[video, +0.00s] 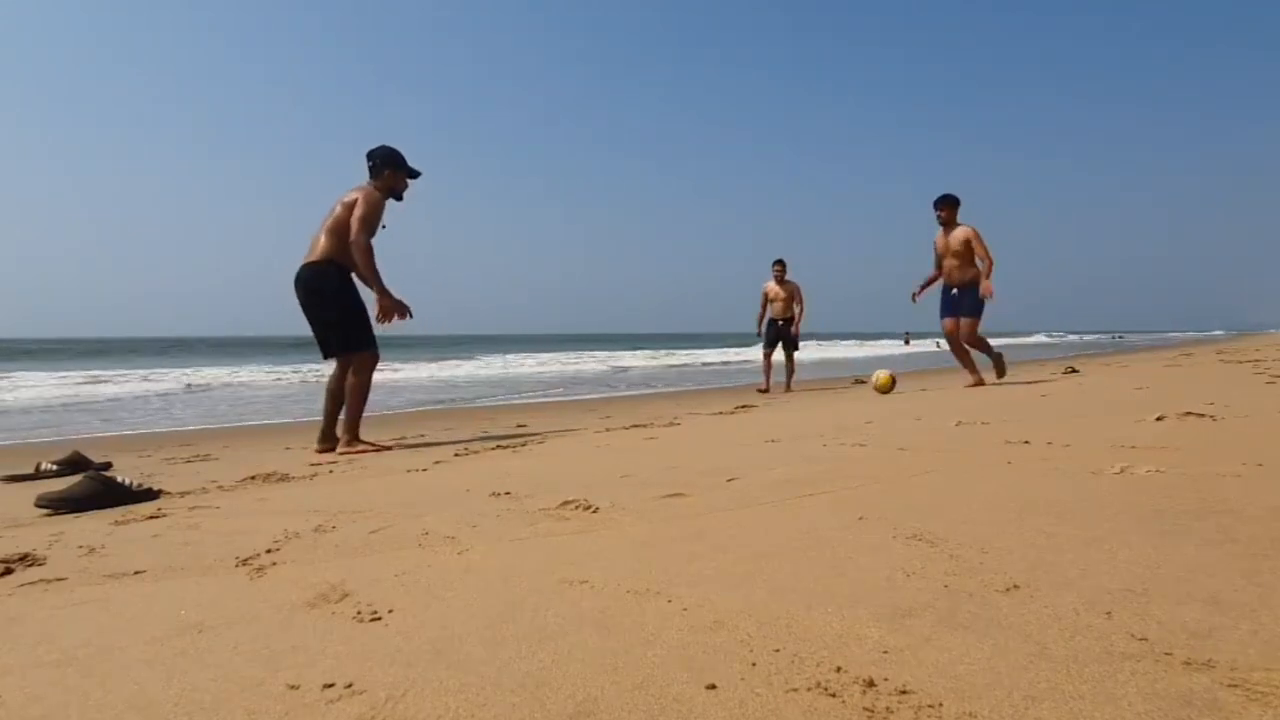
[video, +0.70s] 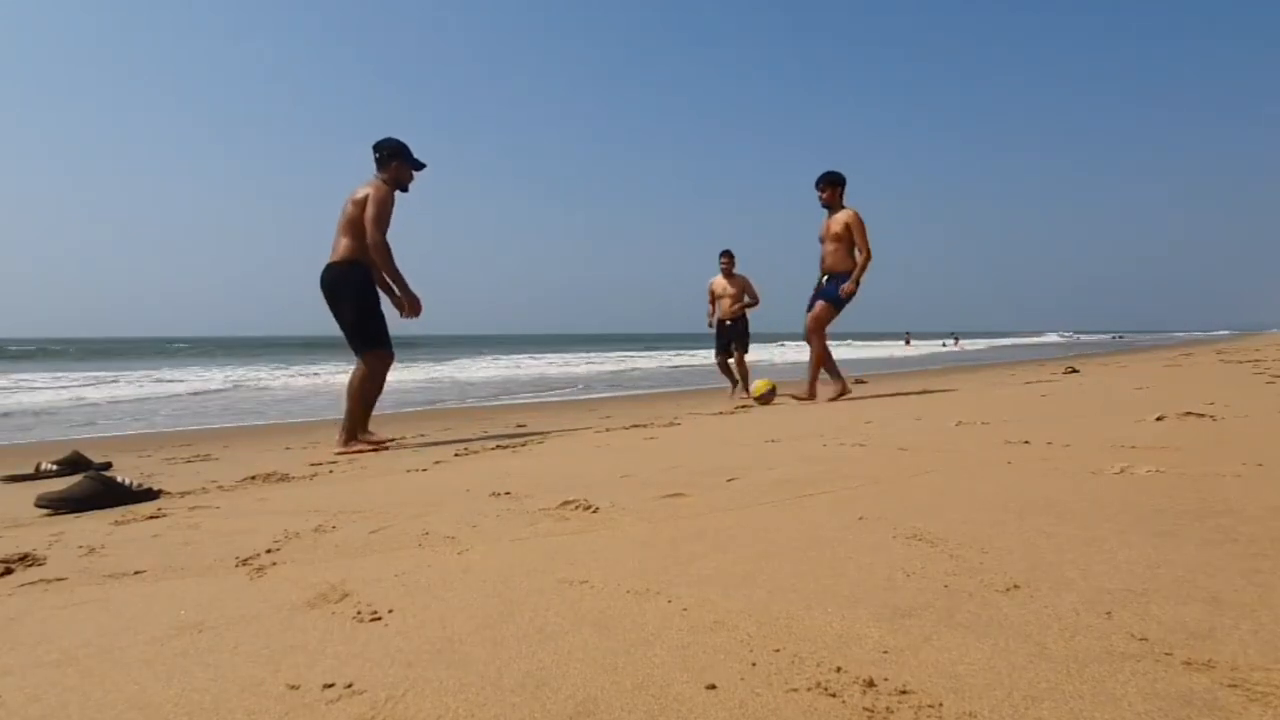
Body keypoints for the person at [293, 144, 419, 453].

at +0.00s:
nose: (406, 184)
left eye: (407, 178)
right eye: (403, 177)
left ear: (381, 174)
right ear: (386, 174)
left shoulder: (356, 197)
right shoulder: (371, 197)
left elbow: (352, 258)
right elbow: (357, 242)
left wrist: (384, 296)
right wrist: (382, 292)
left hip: (311, 276)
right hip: (329, 276)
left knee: (347, 358)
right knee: (366, 356)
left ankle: (327, 437)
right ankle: (350, 438)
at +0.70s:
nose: (412, 175)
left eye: (412, 169)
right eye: (408, 168)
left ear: (387, 167)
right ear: (392, 165)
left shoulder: (367, 193)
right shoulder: (380, 192)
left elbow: (368, 256)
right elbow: (375, 242)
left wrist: (393, 295)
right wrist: (405, 290)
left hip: (344, 276)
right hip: (350, 275)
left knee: (375, 357)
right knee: (378, 357)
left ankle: (358, 431)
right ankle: (351, 435)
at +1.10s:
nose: (429, 188)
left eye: (431, 182)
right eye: (427, 181)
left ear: (406, 178)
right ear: (411, 177)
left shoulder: (388, 201)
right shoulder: (395, 199)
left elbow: (392, 266)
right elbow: (394, 254)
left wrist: (422, 299)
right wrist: (423, 298)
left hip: (365, 281)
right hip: (358, 281)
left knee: (397, 356)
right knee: (382, 359)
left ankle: (395, 429)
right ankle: (360, 434)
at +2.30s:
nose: (440, 205)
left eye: (439, 200)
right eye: (435, 200)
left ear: (417, 202)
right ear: (421, 201)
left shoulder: (405, 225)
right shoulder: (417, 225)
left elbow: (411, 277)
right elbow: (413, 268)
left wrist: (436, 309)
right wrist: (437, 309)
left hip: (390, 298)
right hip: (399, 300)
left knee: (411, 368)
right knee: (410, 369)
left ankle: (395, 426)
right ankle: (363, 419)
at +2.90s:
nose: (498, 186)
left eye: (498, 180)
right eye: (494, 180)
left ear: (475, 180)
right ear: (476, 178)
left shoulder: (463, 208)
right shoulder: (461, 203)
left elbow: (462, 261)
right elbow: (447, 244)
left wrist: (475, 304)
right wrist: (464, 292)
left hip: (426, 278)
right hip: (429, 278)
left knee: (447, 351)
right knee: (459, 348)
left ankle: (431, 419)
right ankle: (447, 420)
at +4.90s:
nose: (673, 162)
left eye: (673, 157)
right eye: (672, 156)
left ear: (644, 151)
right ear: (665, 153)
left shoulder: (616, 180)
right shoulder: (671, 180)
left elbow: (597, 232)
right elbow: (685, 229)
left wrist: (597, 278)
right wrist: (696, 276)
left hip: (617, 262)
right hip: (654, 260)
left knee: (618, 344)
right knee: (689, 329)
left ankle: (606, 418)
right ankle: (715, 401)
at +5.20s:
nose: (610, 181)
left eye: (608, 177)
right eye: (608, 176)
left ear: (581, 178)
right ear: (601, 177)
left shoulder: (562, 208)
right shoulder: (616, 206)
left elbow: (539, 251)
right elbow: (632, 251)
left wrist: (540, 293)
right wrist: (631, 287)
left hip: (569, 281)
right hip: (602, 284)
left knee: (569, 355)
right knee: (599, 361)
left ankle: (549, 416)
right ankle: (548, 406)